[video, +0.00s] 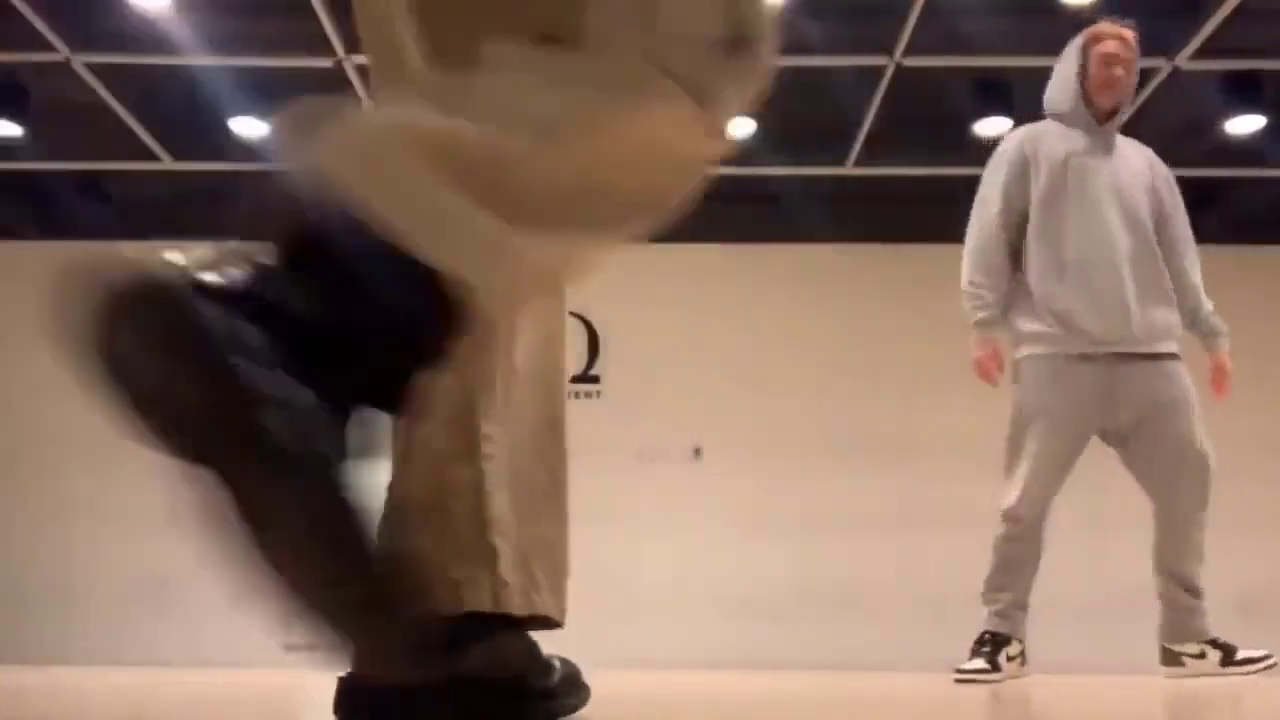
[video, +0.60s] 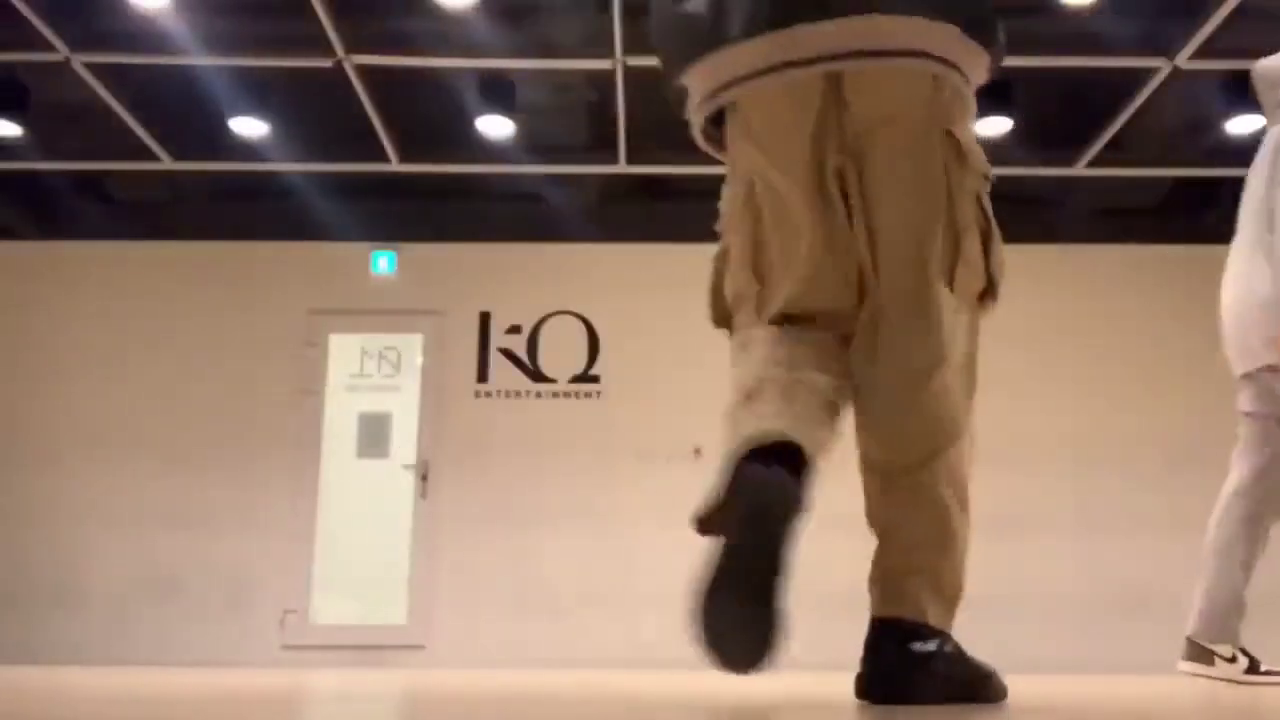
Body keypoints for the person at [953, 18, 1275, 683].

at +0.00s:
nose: (1116, 69)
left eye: (1125, 61)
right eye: (1104, 58)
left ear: (1135, 78)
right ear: (1077, 69)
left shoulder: (1148, 165)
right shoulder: (1028, 147)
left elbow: (1180, 259)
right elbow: (987, 233)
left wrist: (1212, 336)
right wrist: (986, 324)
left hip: (1148, 362)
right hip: (1056, 358)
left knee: (1188, 477)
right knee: (1026, 499)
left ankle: (1185, 635)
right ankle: (1000, 634)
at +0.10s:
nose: (1160, 89)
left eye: (1164, 80)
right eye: (1148, 77)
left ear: (1166, 95)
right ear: (1111, 83)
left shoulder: (1162, 183)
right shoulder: (1070, 147)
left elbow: (1189, 278)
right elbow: (1033, 234)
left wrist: (1234, 343)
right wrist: (1032, 326)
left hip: (1169, 369)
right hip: (1089, 362)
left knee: (1216, 484)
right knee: (1040, 498)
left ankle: (1199, 642)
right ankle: (986, 633)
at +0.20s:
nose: (1199, 97)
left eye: (1199, 89)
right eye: (1188, 87)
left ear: (1174, 106)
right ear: (1152, 96)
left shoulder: (1173, 180)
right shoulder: (1126, 152)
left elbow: (1195, 291)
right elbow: (1093, 241)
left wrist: (1255, 342)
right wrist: (1091, 328)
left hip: (1201, 377)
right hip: (1140, 370)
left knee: (1245, 501)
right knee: (1072, 495)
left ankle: (1202, 643)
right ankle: (985, 625)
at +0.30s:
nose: (1235, 90)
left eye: (1232, 81)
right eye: (1224, 81)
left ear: (1199, 96)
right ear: (1195, 92)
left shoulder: (1206, 159)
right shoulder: (1175, 142)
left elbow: (1217, 278)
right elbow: (1160, 234)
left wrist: (1267, 327)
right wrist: (1156, 319)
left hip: (1238, 358)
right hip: (1192, 347)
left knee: (1255, 504)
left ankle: (1204, 639)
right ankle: (1055, 604)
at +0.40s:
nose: (1263, 80)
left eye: (1261, 69)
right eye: (1255, 69)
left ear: (1223, 81)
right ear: (1232, 77)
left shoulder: (1226, 139)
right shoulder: (1207, 132)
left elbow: (1213, 237)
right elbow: (1193, 228)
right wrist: (1196, 312)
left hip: (1249, 340)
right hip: (1223, 339)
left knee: (1252, 491)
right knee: (1228, 473)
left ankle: (1204, 640)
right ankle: (1122, 598)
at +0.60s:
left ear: (1269, 91)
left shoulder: (1271, 143)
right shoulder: (1272, 144)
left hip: (1256, 313)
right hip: (1263, 312)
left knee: (1255, 471)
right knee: (1256, 471)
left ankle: (1212, 633)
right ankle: (1211, 633)